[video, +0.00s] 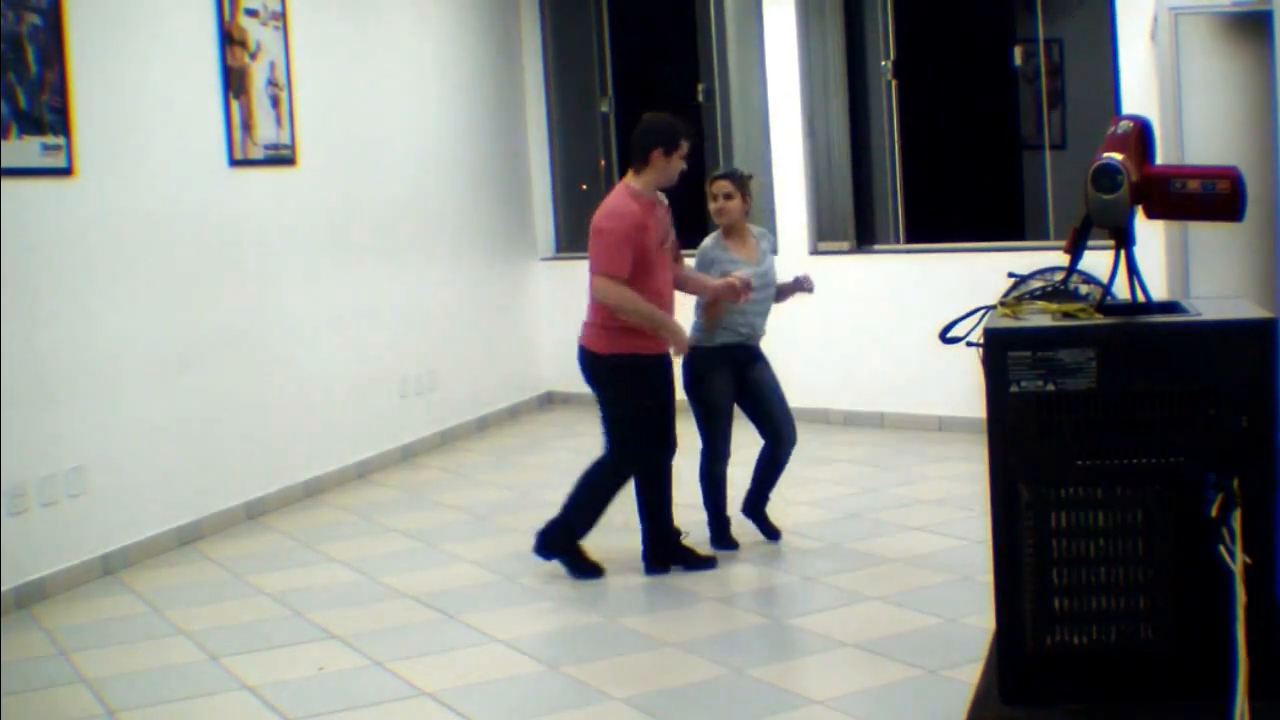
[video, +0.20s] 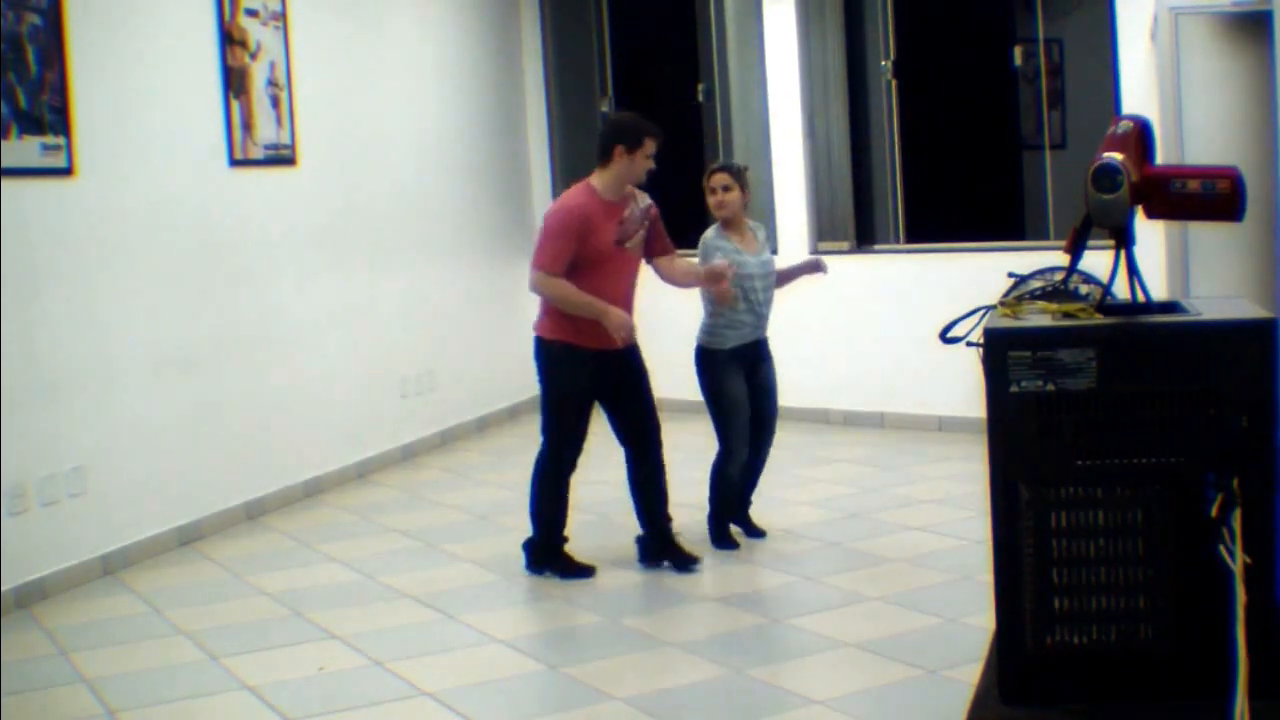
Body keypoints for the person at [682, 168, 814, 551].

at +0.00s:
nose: (719, 205)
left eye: (727, 197)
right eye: (713, 198)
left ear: (746, 201)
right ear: (709, 205)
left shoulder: (763, 240)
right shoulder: (709, 251)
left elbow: (761, 296)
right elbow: (704, 317)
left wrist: (790, 288)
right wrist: (723, 293)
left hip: (748, 354)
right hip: (708, 358)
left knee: (782, 436)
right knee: (716, 449)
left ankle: (755, 504)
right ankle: (718, 524)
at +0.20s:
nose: (717, 198)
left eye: (725, 189)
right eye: (711, 192)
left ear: (743, 194)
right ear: (707, 200)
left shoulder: (760, 233)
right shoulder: (712, 243)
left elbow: (763, 282)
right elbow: (721, 300)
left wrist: (802, 269)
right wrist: (719, 284)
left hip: (756, 347)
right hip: (719, 352)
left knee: (762, 435)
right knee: (735, 441)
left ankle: (739, 506)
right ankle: (718, 519)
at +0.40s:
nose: (713, 202)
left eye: (721, 193)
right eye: (708, 196)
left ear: (742, 196)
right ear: (705, 203)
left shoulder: (766, 239)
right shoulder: (708, 248)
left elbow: (789, 289)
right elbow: (695, 297)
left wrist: (815, 263)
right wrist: (672, 276)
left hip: (759, 353)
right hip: (719, 356)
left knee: (756, 441)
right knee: (740, 442)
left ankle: (741, 510)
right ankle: (744, 529)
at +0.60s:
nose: (701, 205)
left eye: (708, 196)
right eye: (698, 198)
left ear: (733, 199)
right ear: (705, 205)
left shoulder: (767, 250)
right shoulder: (697, 254)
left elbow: (785, 311)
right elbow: (669, 306)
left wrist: (770, 277)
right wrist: (633, 285)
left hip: (754, 362)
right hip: (706, 367)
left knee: (779, 454)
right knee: (736, 460)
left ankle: (762, 502)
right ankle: (765, 541)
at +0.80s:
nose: (689, 203)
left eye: (694, 196)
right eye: (691, 195)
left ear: (709, 201)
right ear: (715, 201)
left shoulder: (732, 248)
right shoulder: (711, 249)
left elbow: (722, 306)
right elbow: (698, 301)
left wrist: (672, 274)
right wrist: (663, 273)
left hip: (734, 363)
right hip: (713, 365)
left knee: (713, 455)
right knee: (732, 456)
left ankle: (769, 541)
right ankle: (768, 541)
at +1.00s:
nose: (672, 200)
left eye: (674, 194)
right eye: (674, 194)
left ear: (681, 200)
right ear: (721, 202)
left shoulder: (664, 247)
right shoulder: (732, 252)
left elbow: (630, 293)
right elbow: (754, 293)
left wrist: (627, 260)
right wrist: (715, 274)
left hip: (690, 370)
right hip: (736, 364)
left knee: (684, 470)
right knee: (738, 457)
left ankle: (681, 569)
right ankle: (778, 539)